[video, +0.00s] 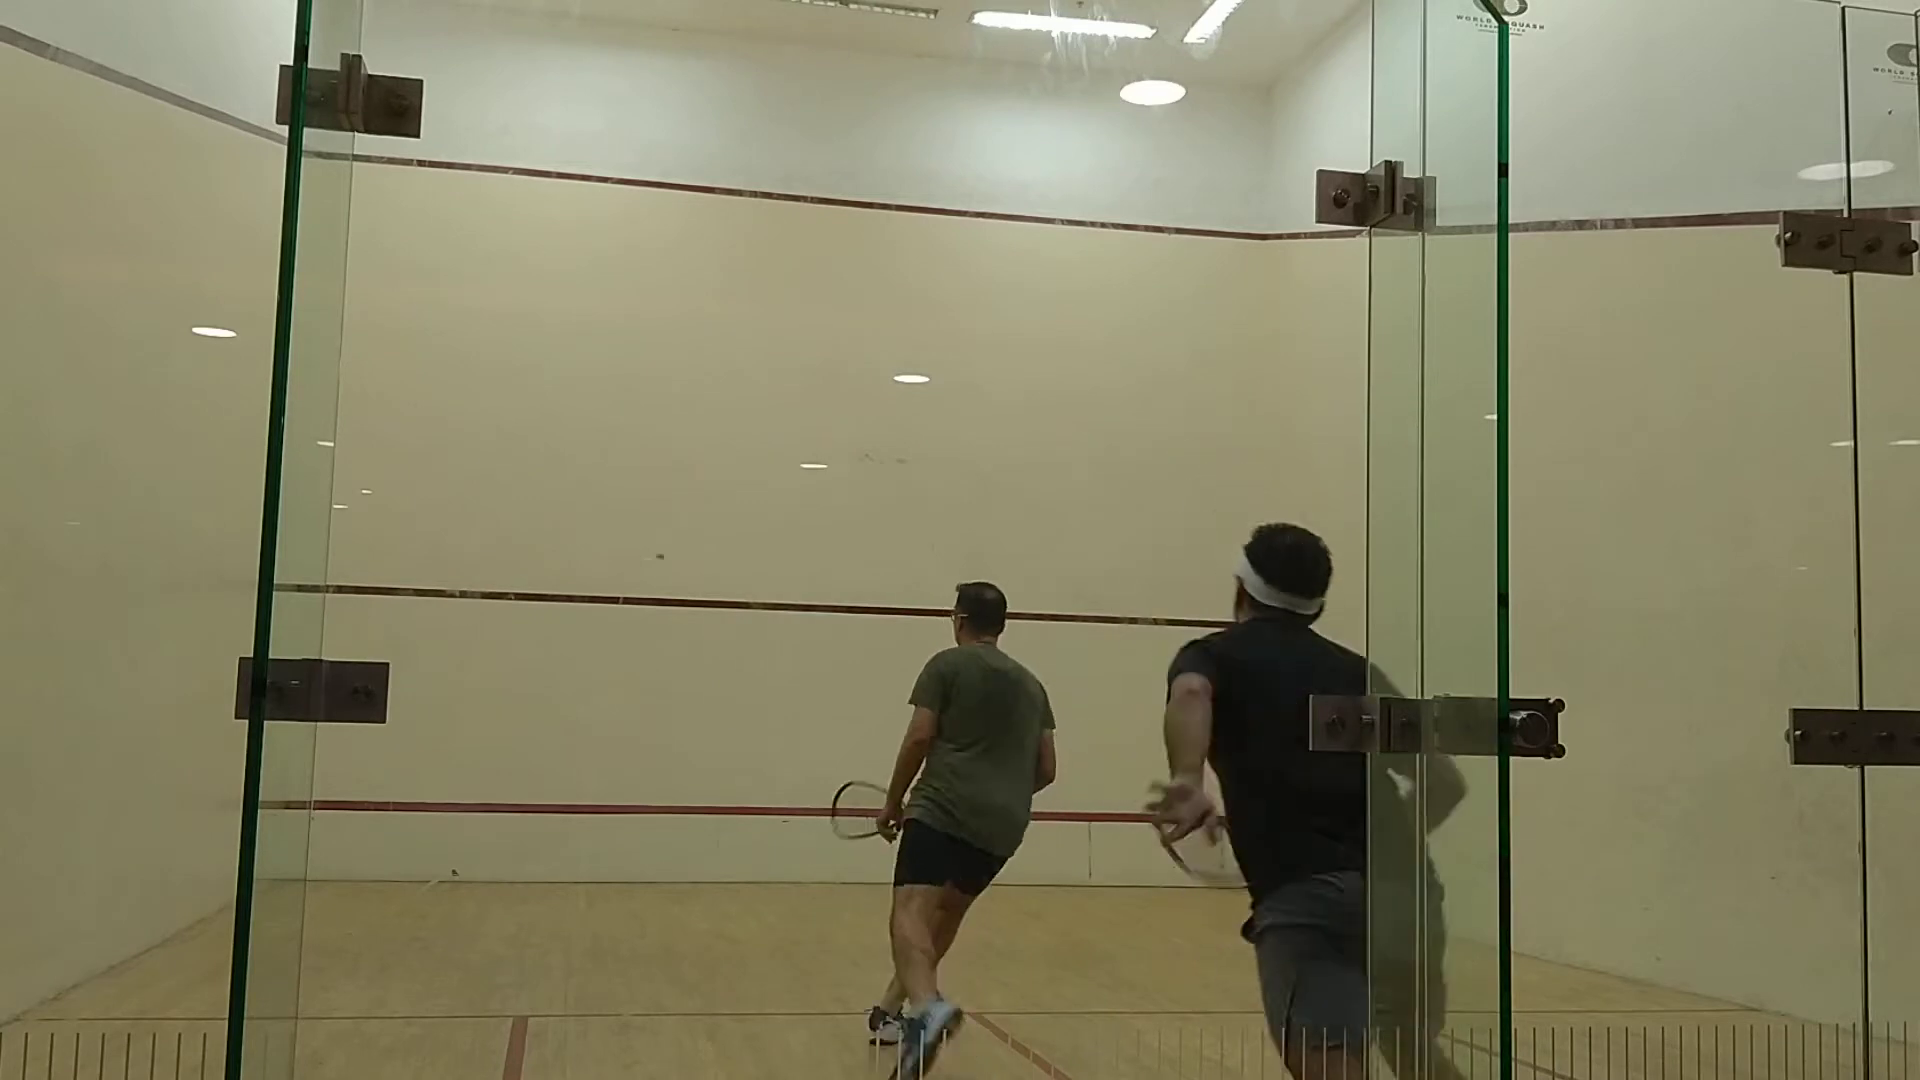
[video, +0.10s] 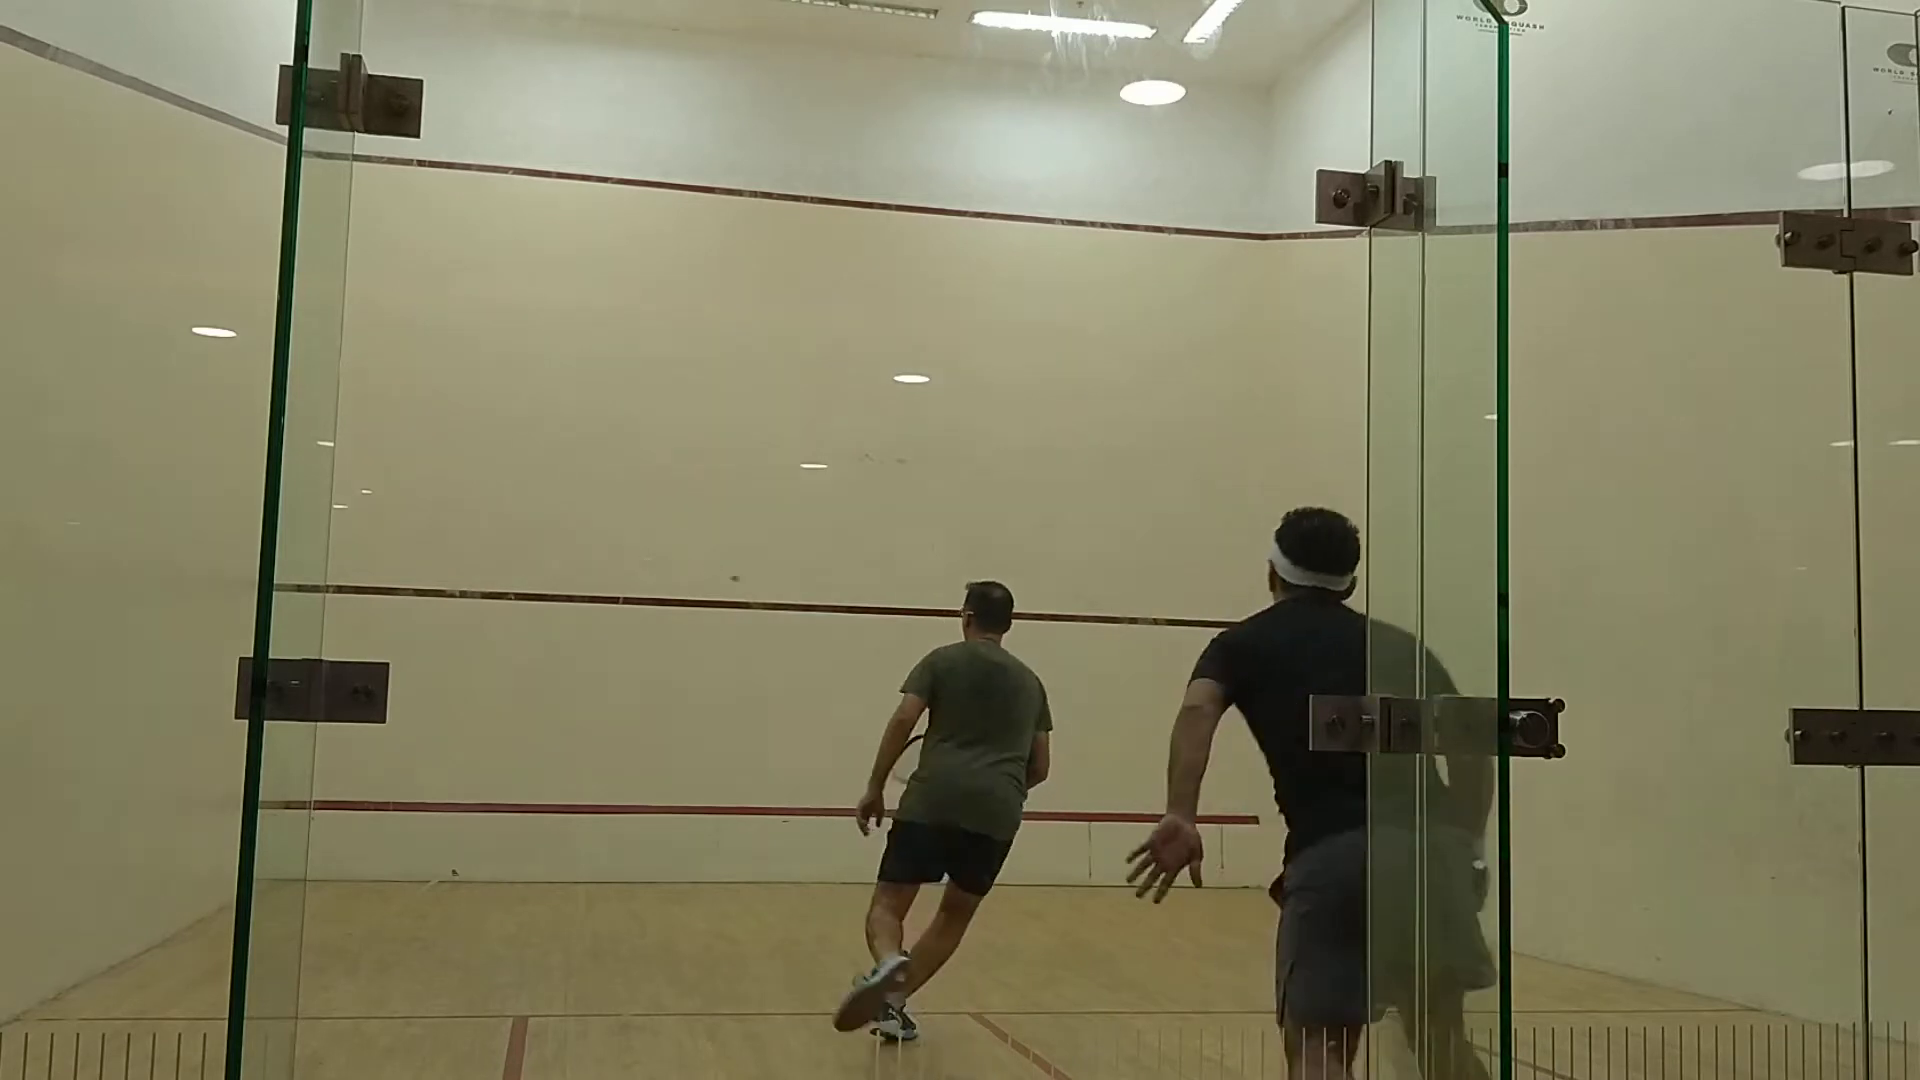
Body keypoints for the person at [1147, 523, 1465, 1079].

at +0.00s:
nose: (1233, 587)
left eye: (1236, 581)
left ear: (1241, 592)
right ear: (1318, 607)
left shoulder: (1210, 653)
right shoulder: (1359, 669)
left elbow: (1191, 692)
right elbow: (1446, 781)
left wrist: (1188, 782)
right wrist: (1385, 839)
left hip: (1302, 902)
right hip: (1404, 891)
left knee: (1330, 1068)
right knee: (1418, 1053)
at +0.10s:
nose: (1272, 571)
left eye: (1273, 566)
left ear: (1275, 574)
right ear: (1349, 581)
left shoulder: (1242, 643)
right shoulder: (1401, 644)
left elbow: (1197, 712)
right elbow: (1472, 746)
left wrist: (1180, 815)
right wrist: (1463, 843)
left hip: (1330, 864)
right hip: (1426, 860)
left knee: (1320, 1049)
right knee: (1441, 1034)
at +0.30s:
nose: (1306, 541)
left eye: (1309, 534)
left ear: (1312, 542)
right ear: (1380, 545)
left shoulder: (1278, 610)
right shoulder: (1428, 613)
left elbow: (1235, 680)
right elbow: (1496, 712)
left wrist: (1214, 779)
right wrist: (1540, 810)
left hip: (1329, 827)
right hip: (1429, 826)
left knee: (1321, 992)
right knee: (1440, 1003)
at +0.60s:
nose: (1357, 554)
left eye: (1351, 545)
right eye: (1391, 551)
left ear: (1350, 550)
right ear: (1411, 556)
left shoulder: (1305, 617)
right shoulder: (1436, 630)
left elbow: (1233, 687)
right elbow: (1474, 730)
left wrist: (1207, 779)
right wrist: (1503, 818)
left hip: (1316, 823)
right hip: (1405, 828)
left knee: (1316, 961)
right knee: (1424, 969)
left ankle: (1309, 1076)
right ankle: (1419, 1076)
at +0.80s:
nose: (1424, 612)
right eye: (1428, 603)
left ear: (1376, 598)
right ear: (1435, 607)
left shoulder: (1333, 661)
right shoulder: (1452, 678)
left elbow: (1255, 719)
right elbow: (1479, 768)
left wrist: (1259, 776)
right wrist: (1501, 841)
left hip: (1332, 838)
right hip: (1411, 848)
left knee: (1260, 960)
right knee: (1421, 968)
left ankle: (1219, 1073)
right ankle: (1440, 1074)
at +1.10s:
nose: (1426, 649)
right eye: (1428, 641)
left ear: (1376, 636)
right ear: (1431, 646)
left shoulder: (1331, 691)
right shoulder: (1437, 707)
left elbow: (1258, 757)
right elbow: (1465, 782)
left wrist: (1247, 828)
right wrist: (1492, 860)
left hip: (1319, 859)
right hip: (1401, 863)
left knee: (1248, 973)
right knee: (1447, 955)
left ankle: (1198, 1073)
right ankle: (1461, 1070)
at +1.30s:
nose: (1371, 674)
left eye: (1371, 665)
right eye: (1384, 668)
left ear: (1366, 666)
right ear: (1415, 671)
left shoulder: (1331, 718)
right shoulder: (1440, 732)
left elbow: (1243, 757)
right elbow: (1498, 826)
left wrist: (1172, 811)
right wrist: (1499, 904)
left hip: (1331, 874)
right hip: (1416, 881)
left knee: (1250, 937)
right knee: (1476, 982)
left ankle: (1213, 1055)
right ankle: (1539, 1073)